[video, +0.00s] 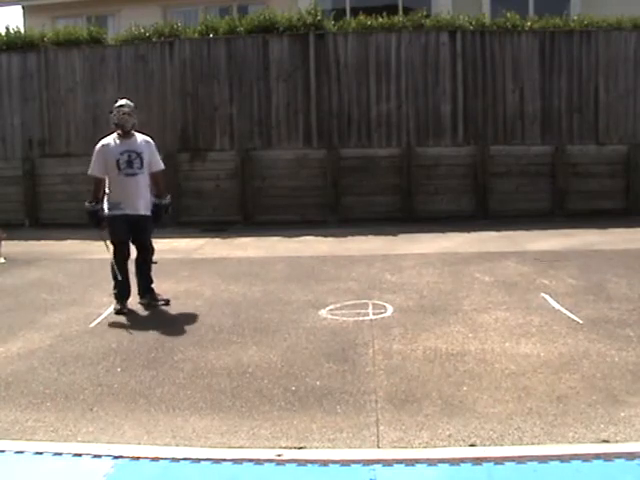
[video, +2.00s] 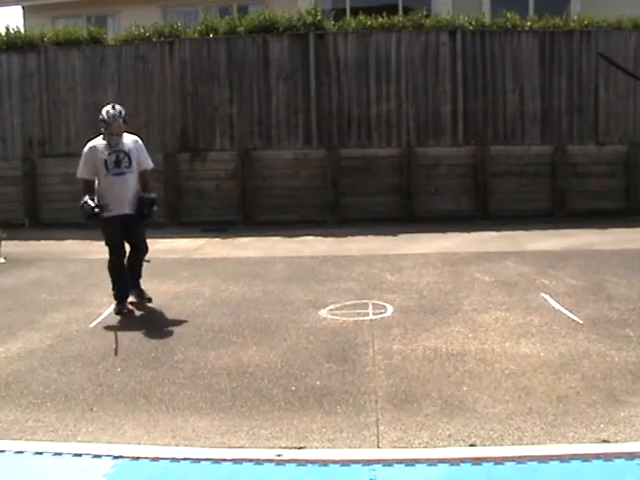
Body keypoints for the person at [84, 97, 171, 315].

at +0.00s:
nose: (125, 119)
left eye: (129, 115)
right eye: (120, 115)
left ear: (134, 118)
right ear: (114, 119)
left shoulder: (146, 143)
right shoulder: (104, 147)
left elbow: (156, 173)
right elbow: (99, 180)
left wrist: (162, 198)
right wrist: (95, 207)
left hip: (142, 208)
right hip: (117, 209)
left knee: (146, 251)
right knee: (121, 254)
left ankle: (146, 292)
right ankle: (121, 297)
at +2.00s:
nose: (116, 131)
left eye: (119, 126)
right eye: (111, 127)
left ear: (124, 124)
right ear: (103, 127)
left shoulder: (134, 143)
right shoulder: (93, 149)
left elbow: (144, 173)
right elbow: (87, 182)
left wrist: (146, 197)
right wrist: (89, 201)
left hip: (133, 209)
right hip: (109, 212)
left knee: (140, 248)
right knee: (117, 254)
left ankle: (133, 283)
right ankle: (120, 298)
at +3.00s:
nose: (141, 129)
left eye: (142, 124)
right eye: (138, 124)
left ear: (143, 125)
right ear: (126, 124)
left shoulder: (145, 144)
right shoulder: (111, 147)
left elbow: (154, 171)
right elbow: (106, 177)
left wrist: (154, 190)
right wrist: (117, 194)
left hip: (141, 206)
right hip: (122, 208)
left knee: (138, 247)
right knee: (127, 248)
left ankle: (134, 287)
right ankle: (124, 291)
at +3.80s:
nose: (135, 126)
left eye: (137, 122)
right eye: (132, 122)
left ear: (138, 122)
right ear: (120, 122)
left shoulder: (135, 143)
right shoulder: (107, 146)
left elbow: (153, 159)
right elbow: (116, 175)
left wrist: (170, 160)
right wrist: (143, 177)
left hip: (138, 209)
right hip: (120, 212)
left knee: (143, 249)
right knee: (130, 252)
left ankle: (135, 287)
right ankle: (130, 300)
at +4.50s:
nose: (154, 118)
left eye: (153, 114)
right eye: (149, 114)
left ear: (142, 117)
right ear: (136, 116)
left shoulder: (144, 140)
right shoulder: (123, 145)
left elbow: (145, 172)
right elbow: (120, 178)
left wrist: (157, 191)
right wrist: (133, 204)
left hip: (152, 208)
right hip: (136, 210)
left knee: (153, 252)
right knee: (139, 253)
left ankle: (151, 294)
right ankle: (132, 298)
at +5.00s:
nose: (159, 115)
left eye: (159, 111)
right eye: (154, 112)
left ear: (154, 115)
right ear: (142, 116)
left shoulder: (155, 138)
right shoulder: (132, 144)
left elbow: (158, 167)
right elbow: (134, 175)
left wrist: (171, 179)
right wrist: (159, 186)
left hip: (160, 207)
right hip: (145, 209)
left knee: (158, 251)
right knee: (151, 252)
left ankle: (154, 295)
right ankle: (145, 300)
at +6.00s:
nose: (163, 116)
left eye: (163, 111)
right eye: (159, 112)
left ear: (158, 115)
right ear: (149, 115)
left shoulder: (157, 138)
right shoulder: (138, 144)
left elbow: (158, 170)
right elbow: (130, 176)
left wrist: (172, 192)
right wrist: (147, 196)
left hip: (165, 208)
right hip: (149, 211)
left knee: (161, 251)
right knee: (154, 252)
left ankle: (155, 295)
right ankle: (146, 300)